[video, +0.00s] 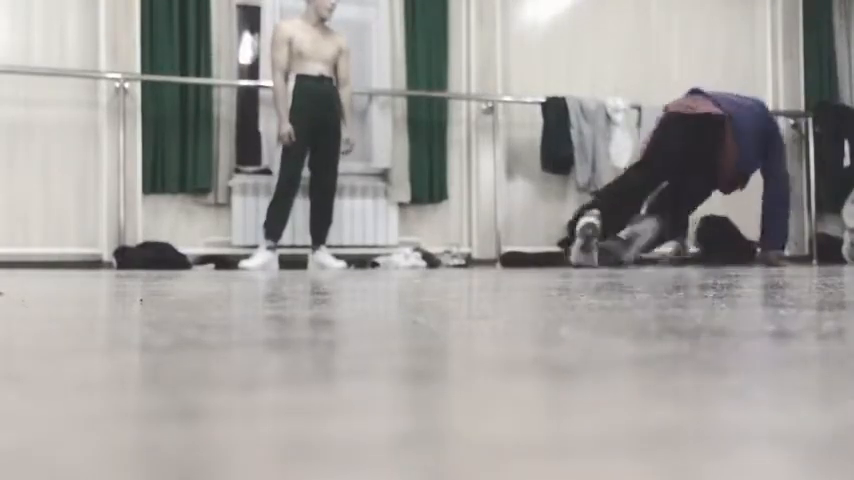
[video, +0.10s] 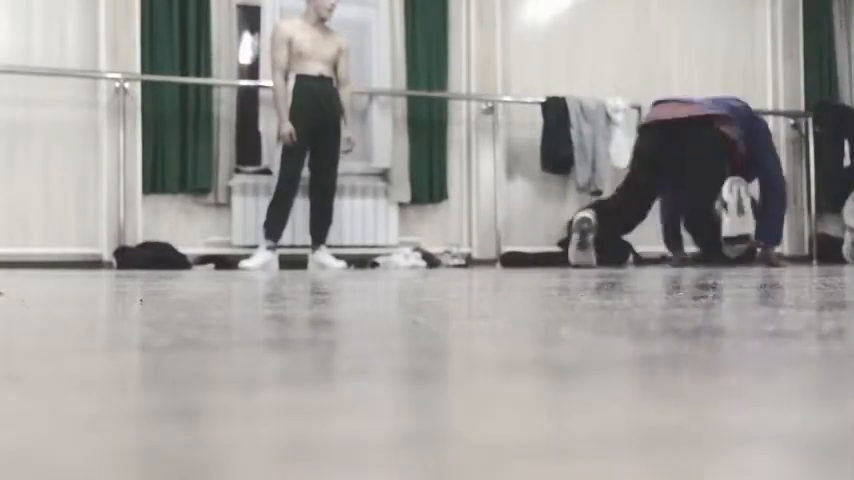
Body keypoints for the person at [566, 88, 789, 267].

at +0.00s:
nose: (724, 189)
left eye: (727, 188)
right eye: (731, 187)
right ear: (744, 171)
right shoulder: (769, 132)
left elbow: (681, 185)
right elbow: (777, 191)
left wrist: (680, 242)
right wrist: (772, 248)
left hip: (678, 117)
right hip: (720, 126)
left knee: (645, 173)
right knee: (682, 198)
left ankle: (593, 217)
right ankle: (639, 236)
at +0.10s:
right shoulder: (754, 128)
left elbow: (670, 198)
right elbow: (774, 188)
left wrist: (676, 251)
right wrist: (766, 245)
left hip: (659, 123)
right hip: (709, 129)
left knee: (634, 195)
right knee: (700, 205)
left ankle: (593, 220)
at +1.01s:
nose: (529, 88)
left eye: (534, 78)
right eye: (521, 83)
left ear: (547, 63)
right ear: (511, 79)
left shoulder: (575, 74)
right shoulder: (521, 122)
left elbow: (609, 90)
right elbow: (526, 184)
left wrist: (555, 96)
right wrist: (533, 225)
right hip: (564, 203)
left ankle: (610, 245)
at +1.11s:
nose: (535, 83)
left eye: (540, 75)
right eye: (527, 77)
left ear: (554, 62)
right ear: (517, 75)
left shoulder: (586, 87)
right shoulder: (522, 118)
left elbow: (638, 127)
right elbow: (524, 183)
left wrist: (622, 152)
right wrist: (523, 239)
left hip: (610, 196)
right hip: (556, 199)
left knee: (563, 179)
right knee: (514, 208)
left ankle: (479, 242)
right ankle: (474, 239)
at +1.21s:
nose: (557, 69)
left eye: (566, 60)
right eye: (549, 62)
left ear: (582, 60)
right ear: (539, 65)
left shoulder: (607, 102)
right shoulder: (531, 111)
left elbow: (646, 163)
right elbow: (519, 174)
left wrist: (676, 228)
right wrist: (514, 238)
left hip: (588, 211)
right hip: (540, 207)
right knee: (490, 210)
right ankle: (422, 242)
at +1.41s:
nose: (653, 46)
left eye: (661, 36)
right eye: (644, 34)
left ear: (670, 44)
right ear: (625, 39)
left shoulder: (666, 105)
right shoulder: (588, 76)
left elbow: (664, 183)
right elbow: (540, 97)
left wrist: (666, 254)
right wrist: (499, 110)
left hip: (596, 210)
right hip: (550, 188)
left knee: (519, 192)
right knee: (507, 183)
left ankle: (423, 239)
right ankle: (419, 231)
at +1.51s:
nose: (684, 60)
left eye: (693, 53)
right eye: (679, 49)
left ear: (702, 52)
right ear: (661, 38)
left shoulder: (689, 111)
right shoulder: (621, 63)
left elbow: (676, 185)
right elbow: (566, 67)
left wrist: (669, 256)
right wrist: (602, 30)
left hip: (608, 197)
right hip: (563, 173)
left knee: (642, 146)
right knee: (527, 142)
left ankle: (561, 232)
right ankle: (454, 232)